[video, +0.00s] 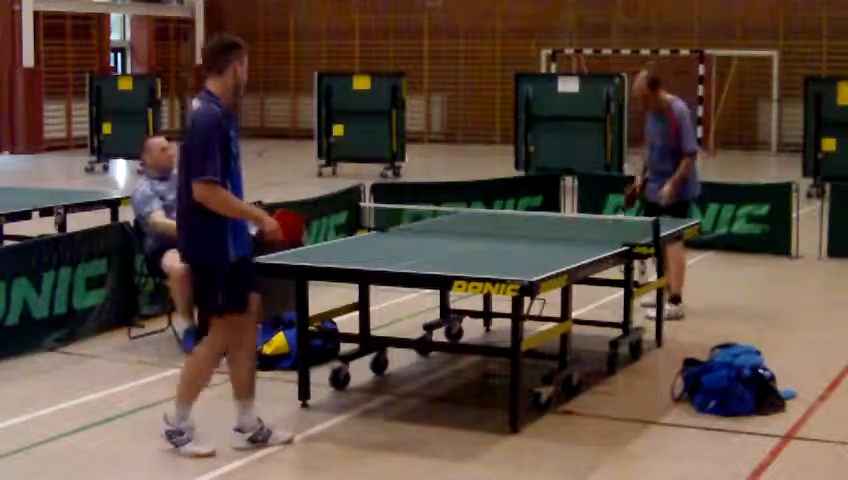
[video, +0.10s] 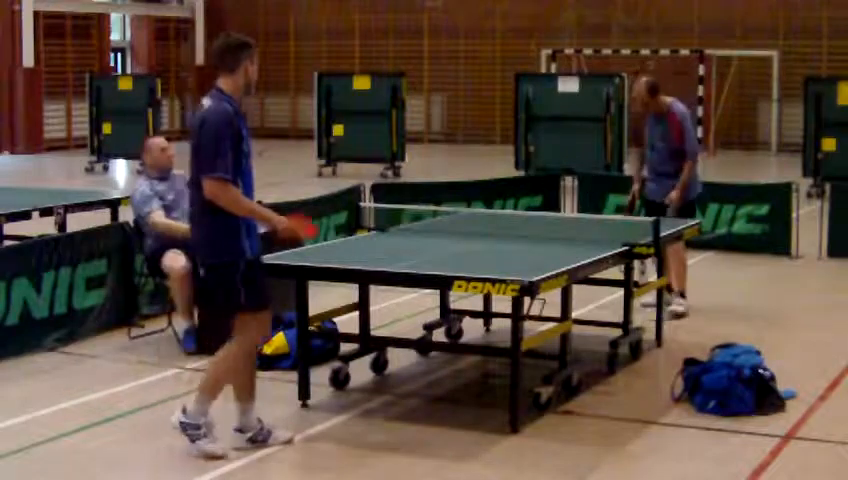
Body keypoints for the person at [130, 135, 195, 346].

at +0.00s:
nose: (170, 154)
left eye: (169, 149)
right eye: (163, 151)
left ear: (172, 152)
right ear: (148, 158)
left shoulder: (178, 178)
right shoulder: (144, 187)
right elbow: (157, 222)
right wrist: (190, 231)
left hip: (189, 233)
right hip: (163, 241)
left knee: (213, 258)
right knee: (178, 268)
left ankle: (213, 319)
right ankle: (187, 322)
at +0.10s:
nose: (171, 154)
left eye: (169, 149)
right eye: (163, 151)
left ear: (172, 152)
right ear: (147, 158)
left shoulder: (182, 179)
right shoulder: (143, 188)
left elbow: (199, 203)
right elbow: (158, 222)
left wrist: (207, 226)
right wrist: (196, 232)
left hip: (192, 234)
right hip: (163, 241)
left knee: (218, 256)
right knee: (179, 266)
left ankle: (214, 318)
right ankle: (187, 323)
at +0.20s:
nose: (168, 155)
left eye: (168, 150)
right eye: (161, 151)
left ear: (170, 154)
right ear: (145, 159)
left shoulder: (180, 180)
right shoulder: (142, 190)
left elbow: (202, 199)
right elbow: (158, 223)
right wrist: (199, 232)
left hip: (192, 236)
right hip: (163, 242)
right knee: (179, 266)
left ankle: (219, 319)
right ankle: (188, 324)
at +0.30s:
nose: (168, 154)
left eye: (167, 149)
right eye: (161, 151)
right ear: (145, 159)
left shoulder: (179, 179)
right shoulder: (141, 190)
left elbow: (199, 202)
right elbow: (158, 223)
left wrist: (218, 217)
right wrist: (201, 232)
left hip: (195, 235)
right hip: (165, 242)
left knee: (229, 252)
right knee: (177, 267)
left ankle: (230, 319)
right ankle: (188, 324)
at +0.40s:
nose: (168, 156)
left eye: (167, 151)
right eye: (161, 152)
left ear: (169, 154)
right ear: (145, 159)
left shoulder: (177, 179)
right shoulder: (141, 190)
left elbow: (202, 201)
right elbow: (158, 225)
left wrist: (224, 211)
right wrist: (204, 231)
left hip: (194, 234)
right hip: (165, 242)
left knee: (231, 251)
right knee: (176, 270)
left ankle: (228, 317)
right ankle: (189, 325)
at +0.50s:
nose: (170, 156)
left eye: (169, 151)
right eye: (163, 152)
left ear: (170, 154)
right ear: (146, 159)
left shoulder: (178, 179)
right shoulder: (140, 191)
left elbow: (204, 201)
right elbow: (158, 225)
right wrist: (203, 232)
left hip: (194, 234)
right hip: (164, 243)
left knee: (232, 252)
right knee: (176, 270)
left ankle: (228, 317)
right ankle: (189, 325)